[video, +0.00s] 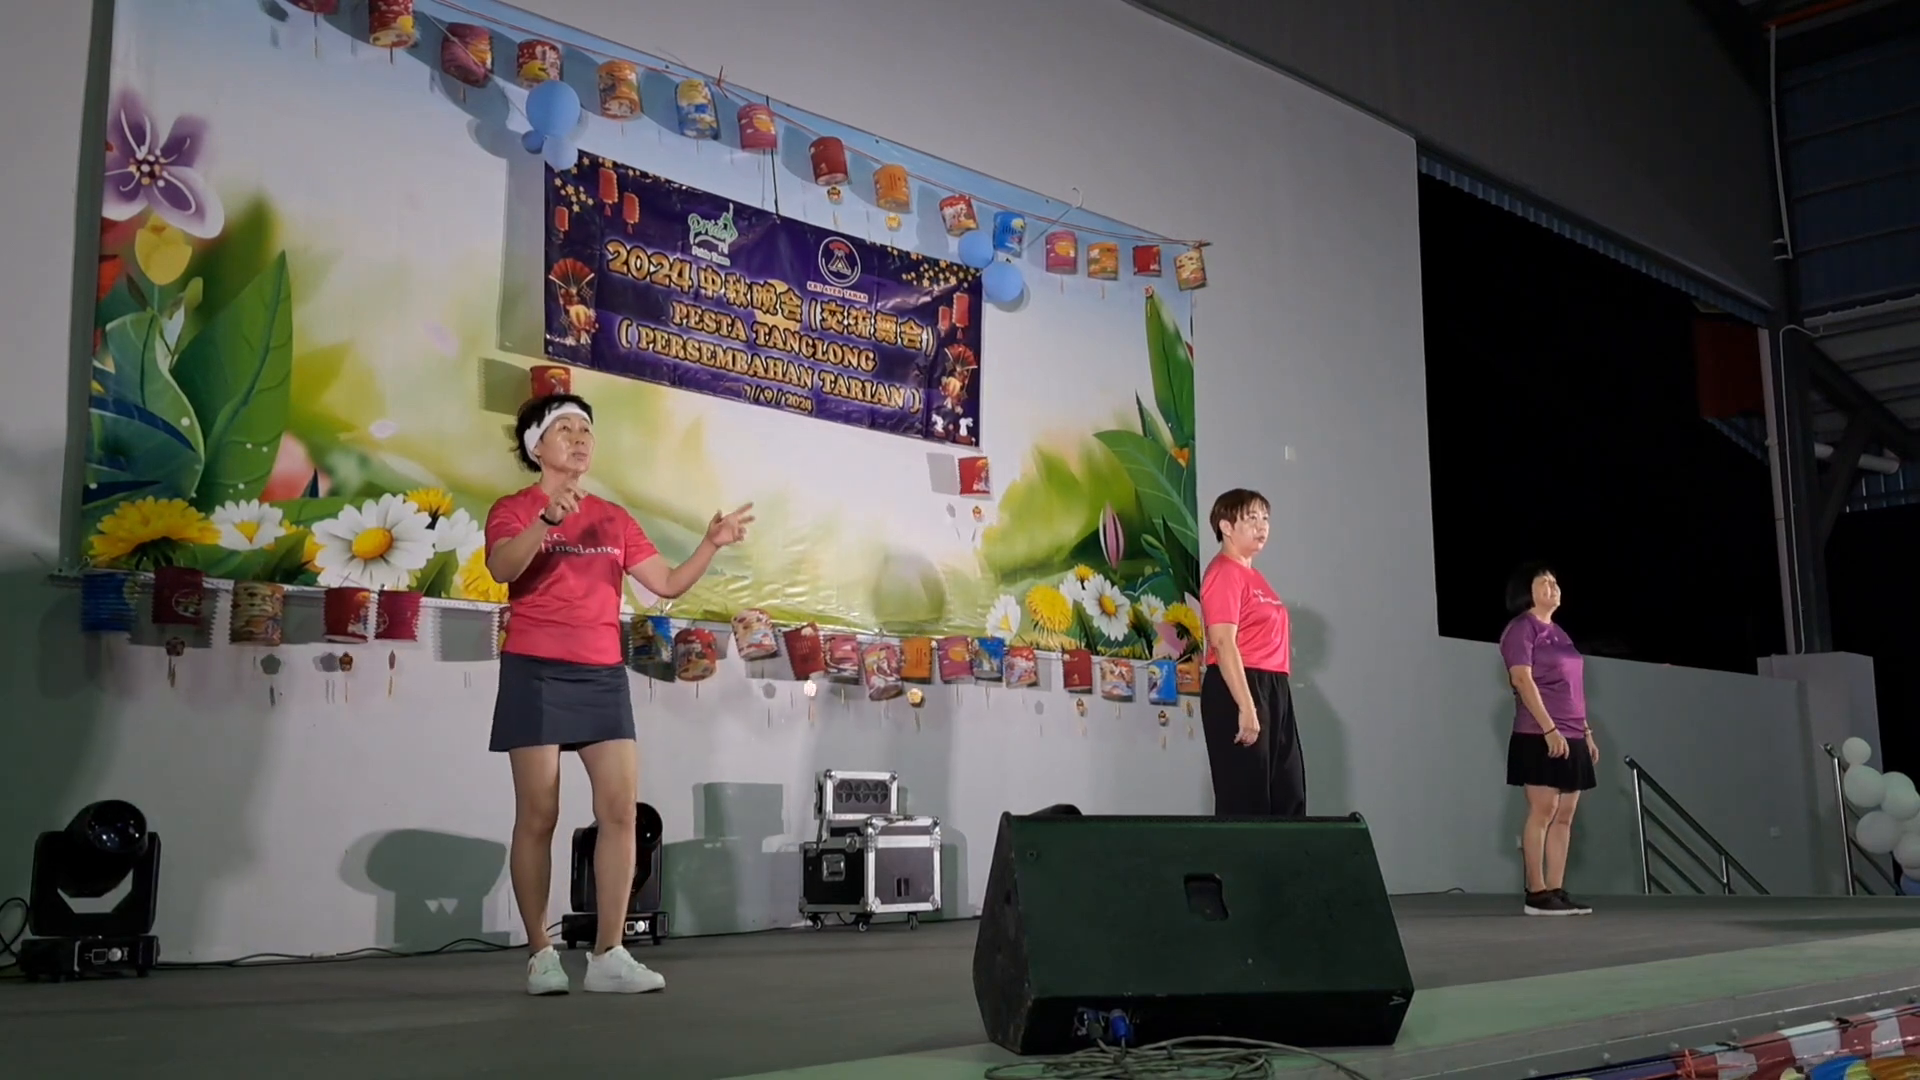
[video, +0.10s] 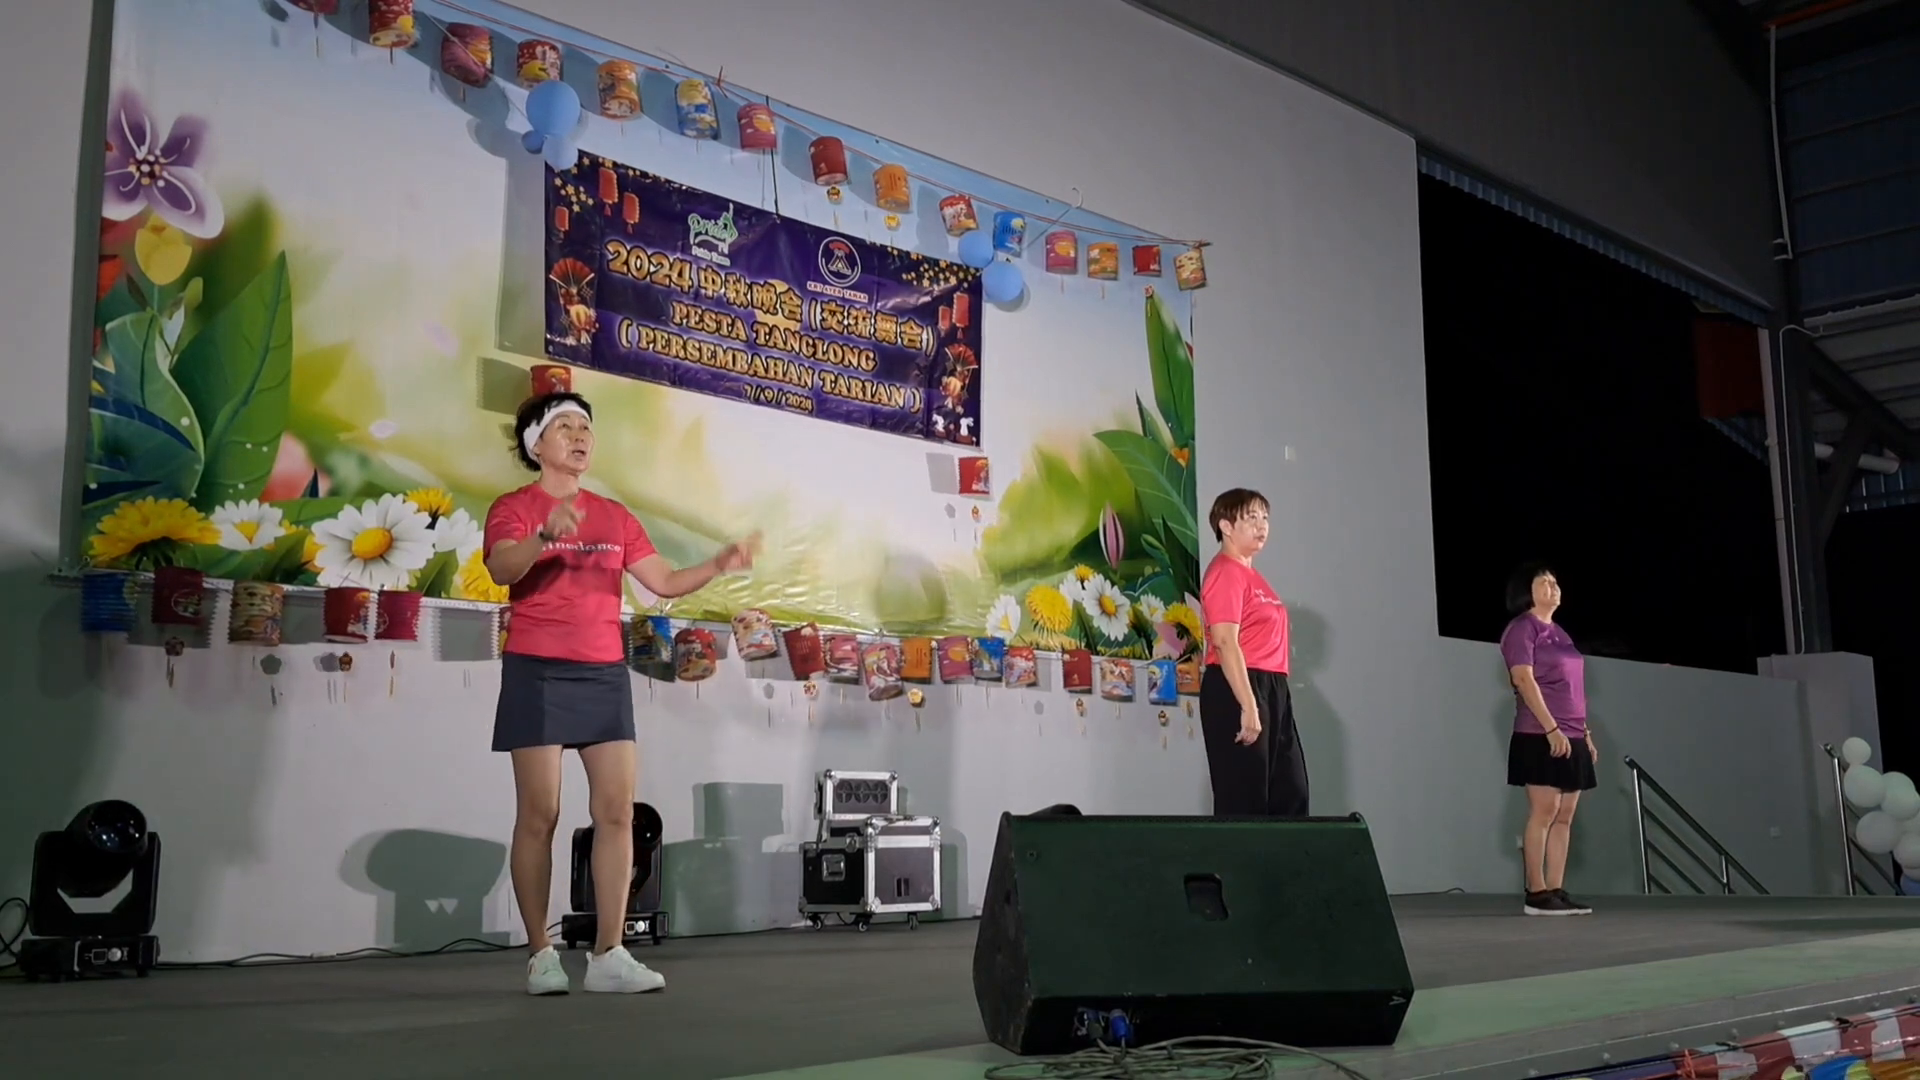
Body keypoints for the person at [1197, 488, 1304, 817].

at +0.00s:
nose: (1262, 528)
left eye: (1265, 520)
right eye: (1252, 520)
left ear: (1270, 525)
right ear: (1226, 527)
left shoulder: (1250, 573)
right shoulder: (1224, 572)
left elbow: (1255, 641)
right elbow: (1223, 642)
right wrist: (1245, 706)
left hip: (1273, 688)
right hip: (1240, 687)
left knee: (1288, 795)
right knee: (1246, 798)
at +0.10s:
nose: (1262, 527)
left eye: (1265, 519)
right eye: (1252, 519)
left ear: (1269, 525)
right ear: (1226, 526)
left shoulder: (1248, 571)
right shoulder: (1226, 571)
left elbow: (1253, 640)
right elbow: (1225, 641)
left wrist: (1275, 699)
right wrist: (1247, 705)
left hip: (1271, 690)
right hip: (1239, 689)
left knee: (1290, 795)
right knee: (1244, 799)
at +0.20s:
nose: (1262, 527)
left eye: (1265, 519)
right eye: (1252, 519)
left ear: (1270, 524)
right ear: (1226, 526)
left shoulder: (1246, 570)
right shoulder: (1228, 571)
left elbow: (1251, 640)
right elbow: (1228, 641)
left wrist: (1274, 699)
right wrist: (1250, 704)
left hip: (1270, 690)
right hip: (1240, 688)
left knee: (1292, 794)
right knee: (1242, 799)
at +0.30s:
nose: (1262, 526)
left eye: (1265, 518)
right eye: (1252, 518)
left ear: (1270, 523)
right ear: (1226, 525)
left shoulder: (1246, 569)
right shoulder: (1229, 570)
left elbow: (1249, 638)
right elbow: (1230, 639)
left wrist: (1274, 698)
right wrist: (1253, 703)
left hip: (1270, 688)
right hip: (1241, 687)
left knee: (1290, 794)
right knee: (1244, 798)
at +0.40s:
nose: (1262, 526)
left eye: (1266, 518)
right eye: (1252, 518)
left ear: (1271, 523)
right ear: (1227, 525)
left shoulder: (1248, 569)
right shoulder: (1229, 571)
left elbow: (1250, 636)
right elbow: (1230, 637)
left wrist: (1274, 696)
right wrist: (1255, 700)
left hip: (1272, 687)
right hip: (1242, 688)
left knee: (1286, 795)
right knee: (1244, 798)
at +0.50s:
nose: (1263, 526)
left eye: (1267, 518)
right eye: (1253, 517)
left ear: (1272, 523)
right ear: (1228, 524)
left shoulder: (1258, 570)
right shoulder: (1227, 570)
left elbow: (1263, 634)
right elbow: (1226, 635)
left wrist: (1280, 689)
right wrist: (1252, 695)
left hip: (1276, 689)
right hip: (1240, 688)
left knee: (1285, 796)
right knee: (1246, 798)